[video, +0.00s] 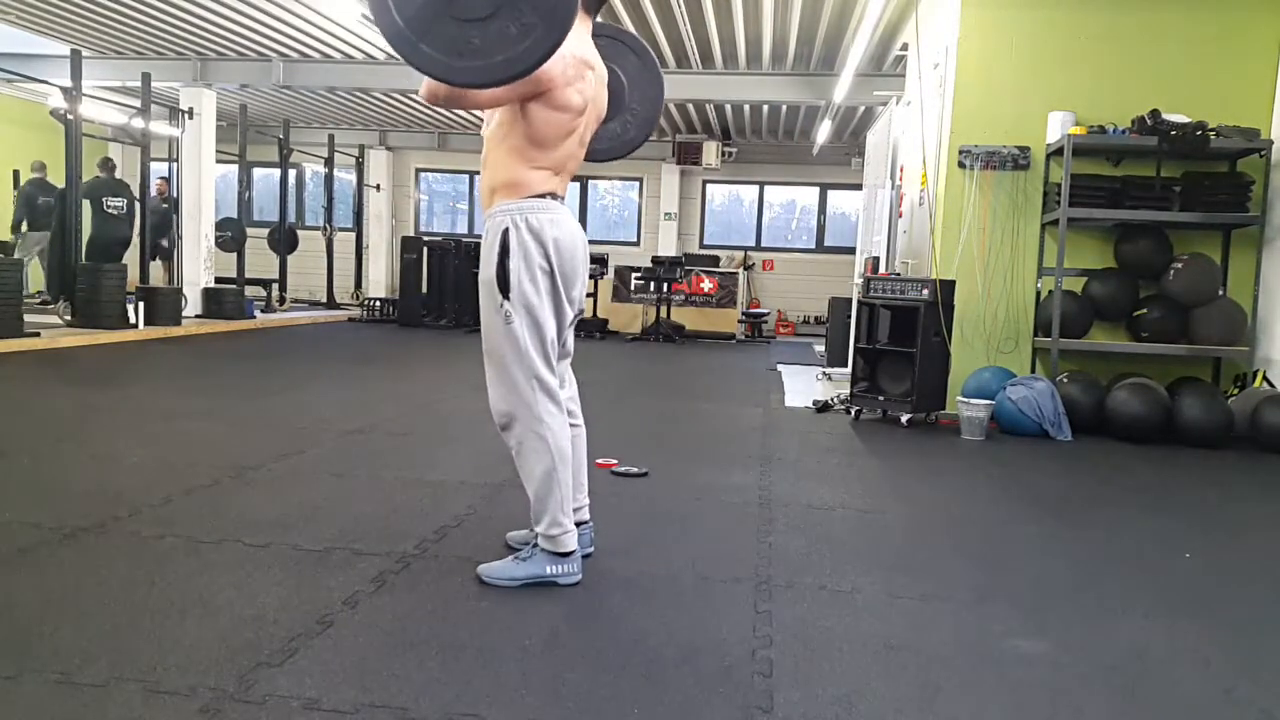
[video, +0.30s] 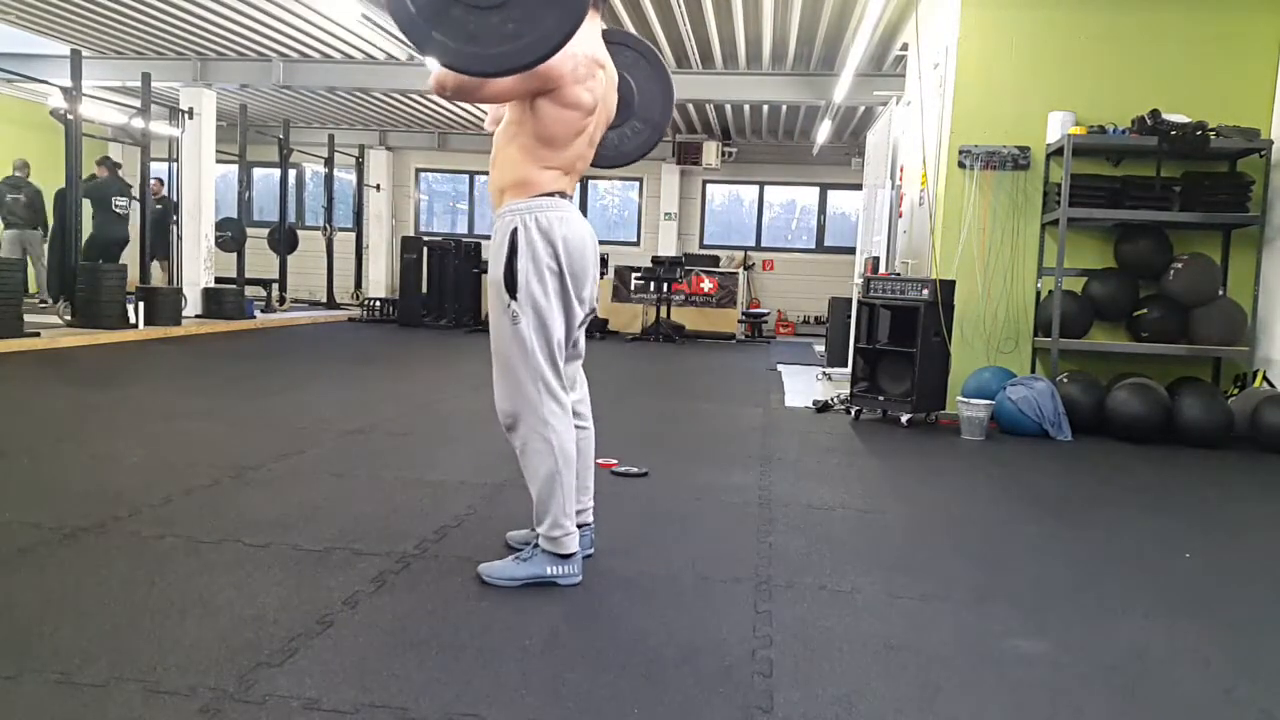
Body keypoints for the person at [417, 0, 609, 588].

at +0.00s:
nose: (530, 15)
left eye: (535, 8)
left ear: (554, 6)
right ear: (592, 11)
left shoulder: (547, 57)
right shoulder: (597, 76)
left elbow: (436, 91)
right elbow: (528, 121)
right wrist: (482, 103)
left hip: (518, 231)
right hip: (557, 227)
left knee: (524, 396)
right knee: (555, 386)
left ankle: (556, 549)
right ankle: (573, 524)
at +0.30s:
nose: (529, 17)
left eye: (538, 8)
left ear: (562, 5)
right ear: (599, 10)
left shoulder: (556, 54)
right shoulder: (606, 74)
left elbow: (447, 83)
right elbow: (560, 145)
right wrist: (505, 119)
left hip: (528, 230)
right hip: (567, 226)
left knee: (532, 397)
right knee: (564, 384)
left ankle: (557, 548)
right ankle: (576, 525)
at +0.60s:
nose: (537, 15)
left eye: (545, 7)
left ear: (568, 4)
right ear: (599, 10)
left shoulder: (563, 50)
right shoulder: (606, 74)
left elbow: (449, 84)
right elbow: (561, 142)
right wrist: (509, 122)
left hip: (536, 229)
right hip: (563, 225)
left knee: (537, 397)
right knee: (523, 399)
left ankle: (559, 551)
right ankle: (551, 520)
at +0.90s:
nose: (510, 13)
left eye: (520, 5)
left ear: (552, 4)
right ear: (581, 9)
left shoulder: (547, 52)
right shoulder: (590, 72)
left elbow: (435, 84)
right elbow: (490, 122)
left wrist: (467, 24)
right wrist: (493, 109)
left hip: (531, 237)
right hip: (561, 232)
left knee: (485, 391)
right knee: (534, 390)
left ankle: (547, 536)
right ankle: (533, 513)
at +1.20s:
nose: (489, 21)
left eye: (497, 11)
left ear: (524, 8)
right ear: (559, 12)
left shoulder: (525, 62)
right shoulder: (565, 74)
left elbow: (416, 104)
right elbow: (467, 137)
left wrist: (440, 44)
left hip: (527, 247)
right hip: (562, 244)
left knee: (464, 399)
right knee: (514, 400)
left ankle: (492, 561)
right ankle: (527, 521)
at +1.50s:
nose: (477, 74)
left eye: (486, 64)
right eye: (480, 63)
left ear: (508, 70)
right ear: (532, 75)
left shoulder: (508, 131)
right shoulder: (543, 136)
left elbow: (416, 187)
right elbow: (457, 205)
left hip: (546, 309)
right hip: (577, 304)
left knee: (424, 416)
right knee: (495, 408)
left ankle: (488, 564)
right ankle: (526, 521)